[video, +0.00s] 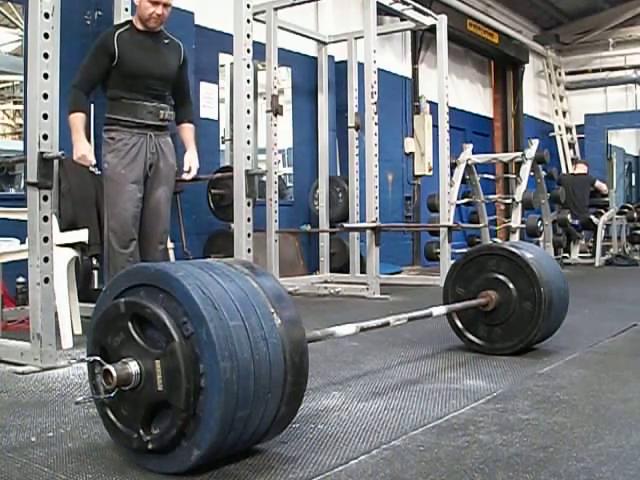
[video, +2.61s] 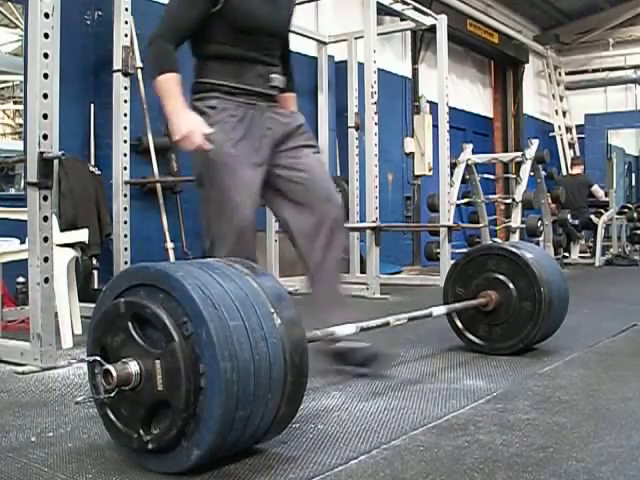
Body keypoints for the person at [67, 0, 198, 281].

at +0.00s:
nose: (159, 11)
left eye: (165, 6)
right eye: (153, 3)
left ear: (170, 9)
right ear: (137, 2)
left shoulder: (176, 49)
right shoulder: (113, 39)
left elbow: (183, 104)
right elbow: (79, 91)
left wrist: (191, 149)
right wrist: (79, 141)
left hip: (163, 143)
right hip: (123, 141)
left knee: (157, 233)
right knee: (123, 230)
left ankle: (159, 306)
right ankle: (122, 307)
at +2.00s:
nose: (195, 2)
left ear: (195, 1)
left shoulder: (199, 27)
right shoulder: (127, 14)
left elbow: (207, 85)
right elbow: (82, 70)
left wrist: (220, 137)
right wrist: (79, 134)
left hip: (178, 130)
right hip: (133, 127)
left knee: (173, 225)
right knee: (144, 215)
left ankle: (161, 305)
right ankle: (122, 300)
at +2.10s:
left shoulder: (211, 23)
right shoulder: (136, 11)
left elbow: (220, 80)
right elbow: (90, 67)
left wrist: (238, 136)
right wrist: (83, 133)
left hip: (186, 128)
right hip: (143, 123)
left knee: (181, 217)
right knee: (166, 207)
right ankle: (144, 294)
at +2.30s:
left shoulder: (238, 17)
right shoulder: (160, 8)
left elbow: (249, 80)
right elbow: (111, 66)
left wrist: (273, 136)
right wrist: (107, 135)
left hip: (218, 127)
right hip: (174, 124)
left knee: (197, 228)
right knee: (209, 220)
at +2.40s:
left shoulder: (253, 10)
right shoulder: (178, 4)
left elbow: (260, 76)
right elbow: (129, 61)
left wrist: (281, 134)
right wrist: (132, 137)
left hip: (237, 125)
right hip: (189, 120)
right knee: (221, 231)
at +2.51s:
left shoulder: (268, 5)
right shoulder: (193, 3)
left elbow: (271, 67)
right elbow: (147, 51)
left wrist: (284, 130)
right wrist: (156, 123)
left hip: (255, 117)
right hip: (205, 115)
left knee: (296, 214)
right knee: (227, 239)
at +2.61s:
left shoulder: (283, 4)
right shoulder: (206, 2)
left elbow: (279, 53)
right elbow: (160, 44)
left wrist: (290, 115)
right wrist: (178, 112)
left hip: (277, 115)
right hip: (225, 112)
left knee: (323, 207)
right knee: (234, 231)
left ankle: (333, 328)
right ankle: (235, 348)